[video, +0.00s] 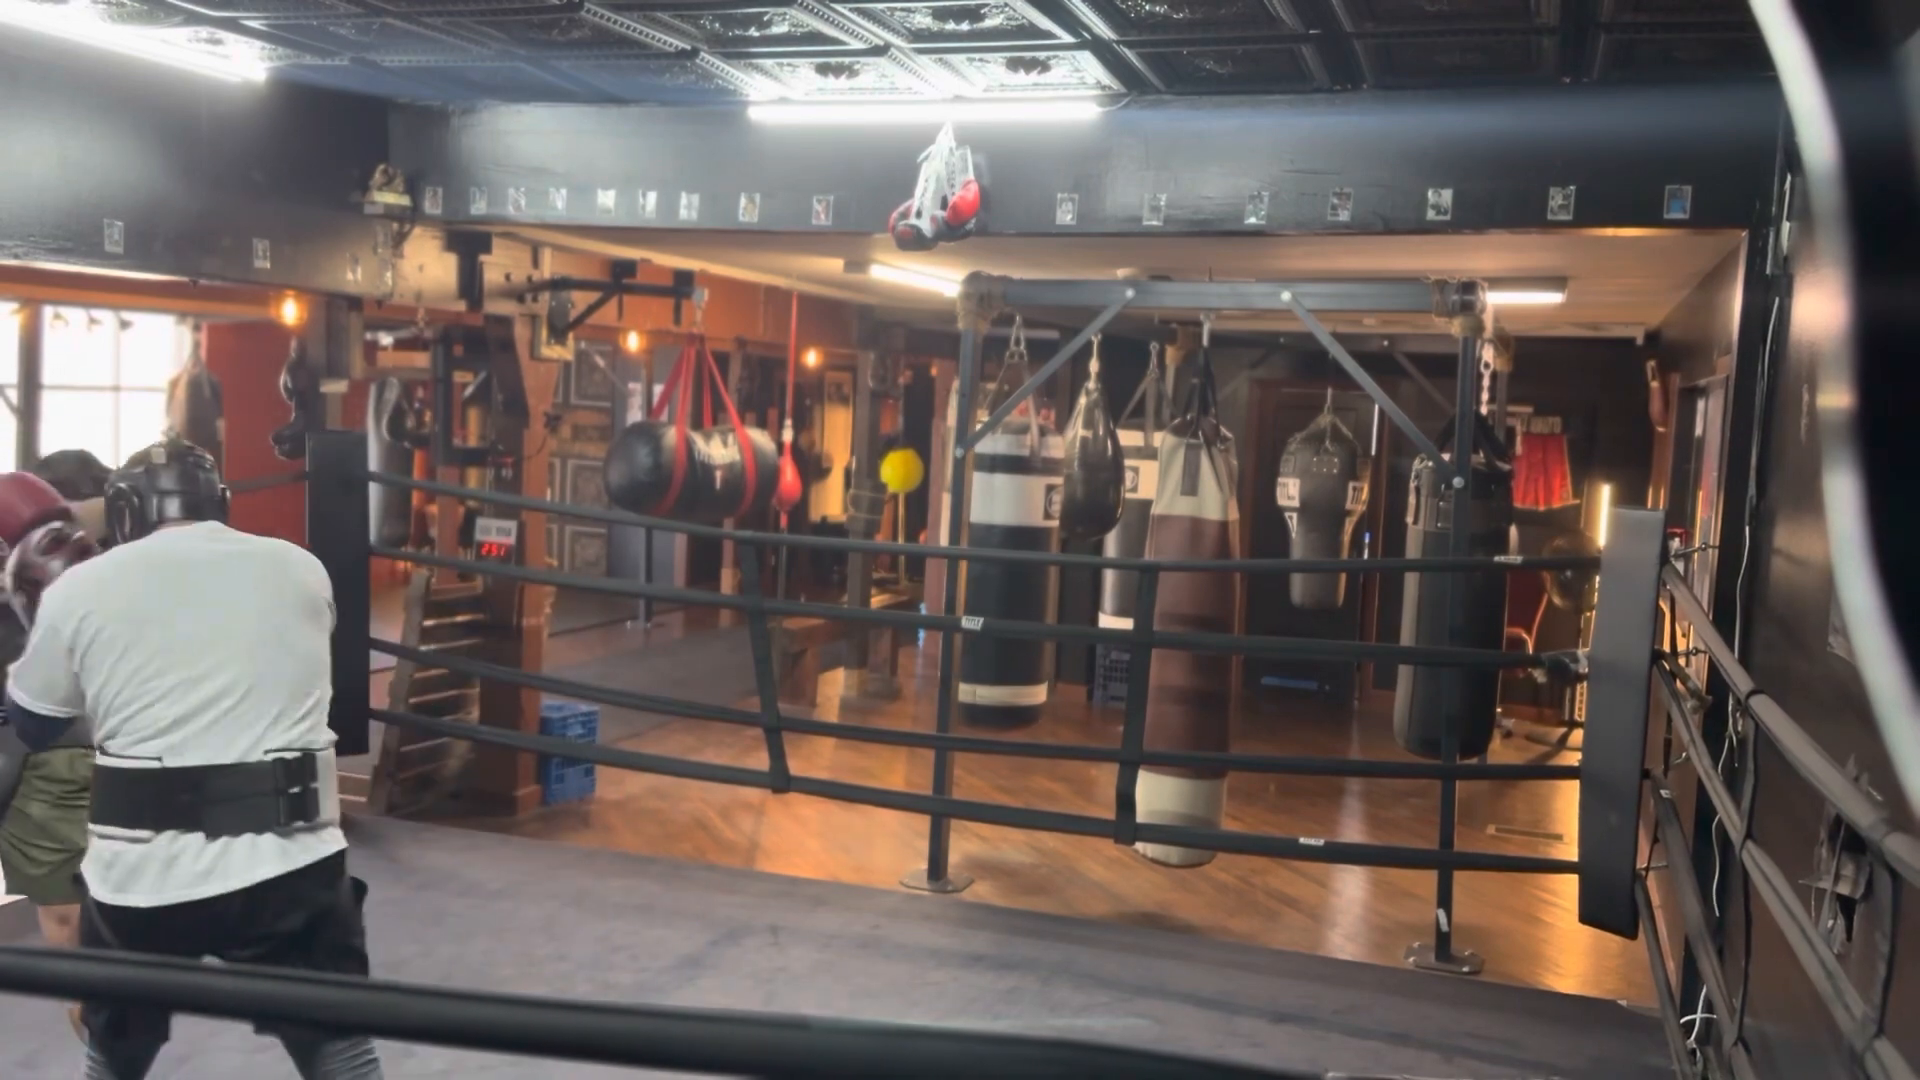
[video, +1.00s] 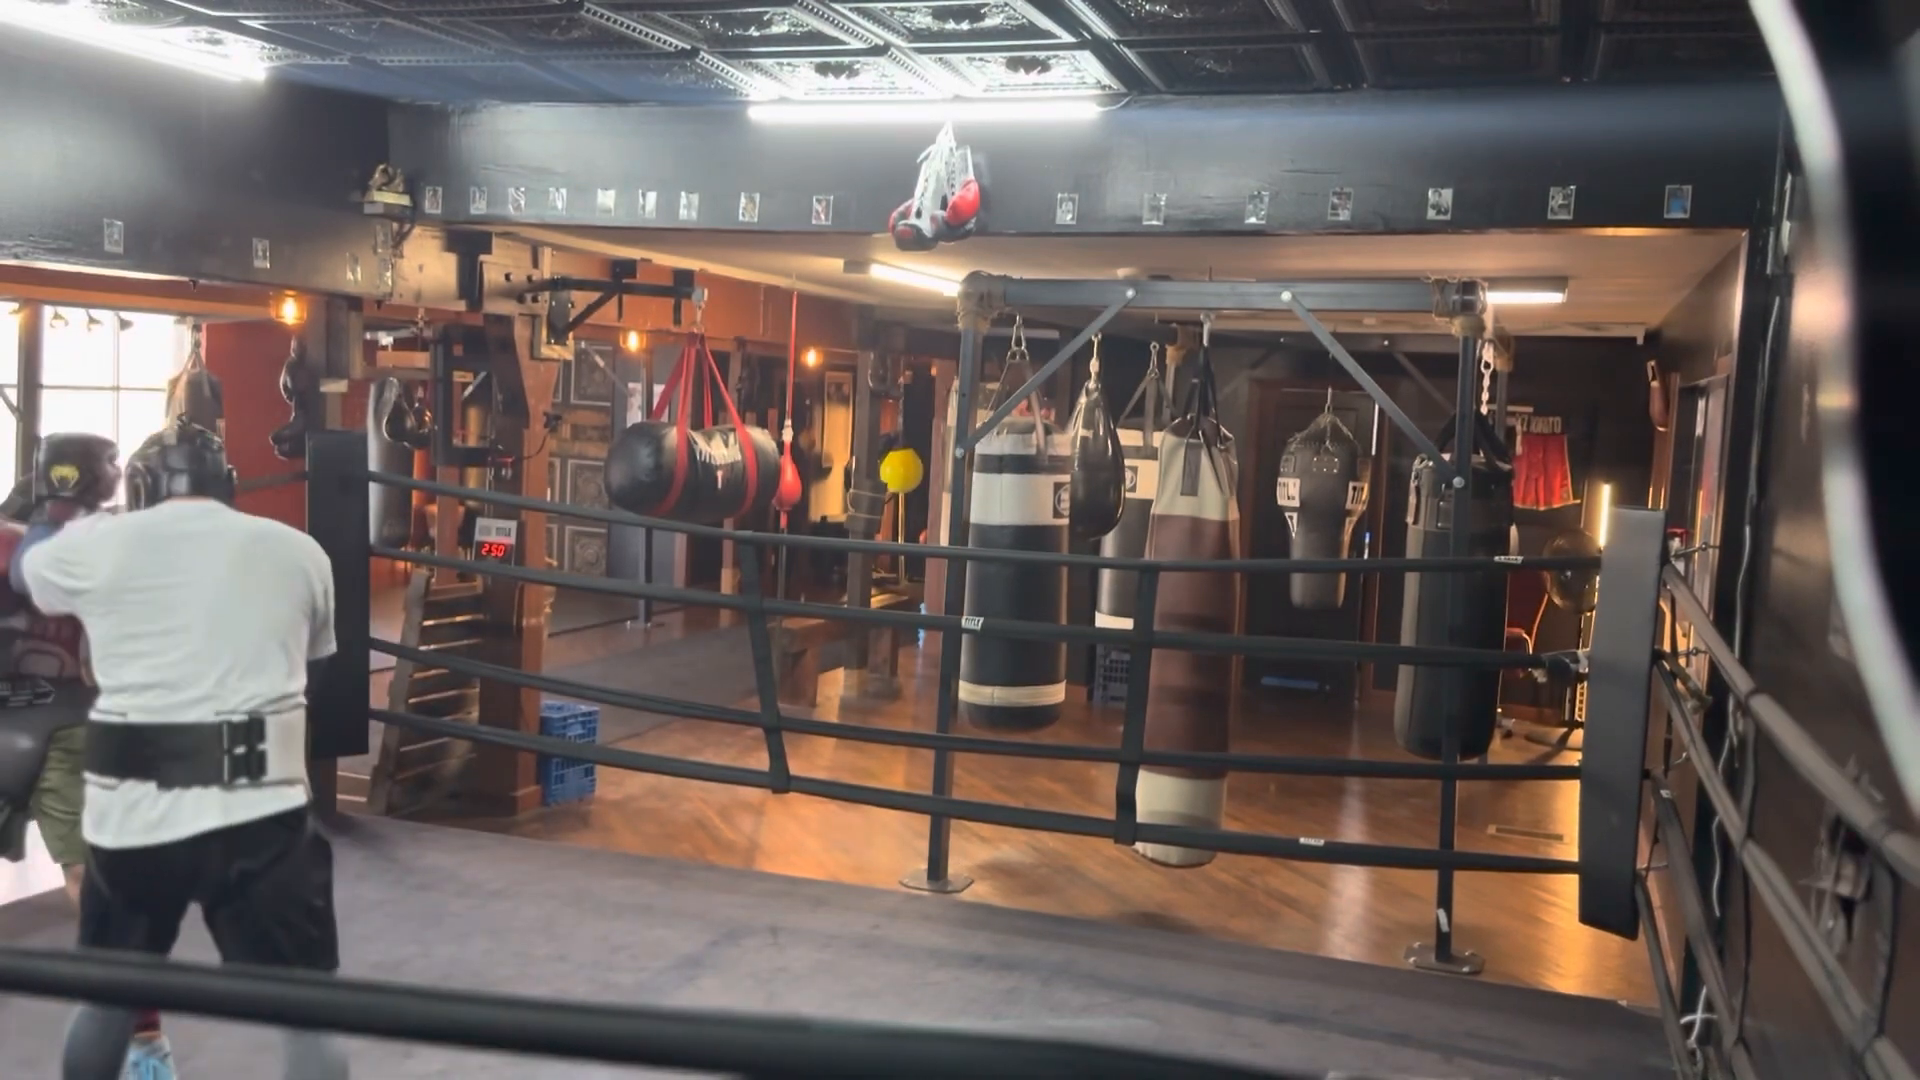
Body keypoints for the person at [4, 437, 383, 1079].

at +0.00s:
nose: (103, 522)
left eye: (110, 509)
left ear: (127, 514)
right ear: (219, 507)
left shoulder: (80, 591)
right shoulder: (302, 569)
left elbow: (33, 728)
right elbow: (294, 686)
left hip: (142, 893)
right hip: (291, 882)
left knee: (115, 1052)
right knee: (341, 1051)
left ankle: (111, 1060)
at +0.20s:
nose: (93, 513)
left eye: (97, 502)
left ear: (110, 504)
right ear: (207, 499)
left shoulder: (56, 576)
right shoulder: (292, 559)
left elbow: (8, 663)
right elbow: (289, 673)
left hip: (126, 861)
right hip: (273, 850)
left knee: (109, 1058)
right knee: (323, 1046)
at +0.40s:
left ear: (162, 489)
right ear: (253, 490)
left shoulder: (110, 547)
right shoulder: (325, 559)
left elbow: (49, 574)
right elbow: (340, 675)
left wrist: (88, 506)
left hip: (132, 855)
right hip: (276, 853)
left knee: (109, 1052)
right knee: (313, 1055)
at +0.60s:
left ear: (229, 489)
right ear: (317, 496)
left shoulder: (150, 558)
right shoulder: (367, 581)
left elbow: (84, 682)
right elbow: (355, 730)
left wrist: (172, 668)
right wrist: (276, 695)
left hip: (140, 847)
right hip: (276, 858)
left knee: (111, 1011)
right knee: (309, 1048)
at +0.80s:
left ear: (183, 499)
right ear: (272, 501)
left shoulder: (123, 559)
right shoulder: (334, 571)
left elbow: (97, 674)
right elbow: (346, 701)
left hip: (146, 844)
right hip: (278, 848)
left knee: (115, 1007)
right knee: (295, 1041)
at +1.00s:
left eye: (133, 485)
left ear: (142, 488)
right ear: (227, 484)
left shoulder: (106, 545)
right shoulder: (296, 550)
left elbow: (31, 568)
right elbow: (318, 644)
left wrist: (77, 517)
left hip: (135, 823)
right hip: (265, 820)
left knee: (107, 996)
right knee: (307, 1012)